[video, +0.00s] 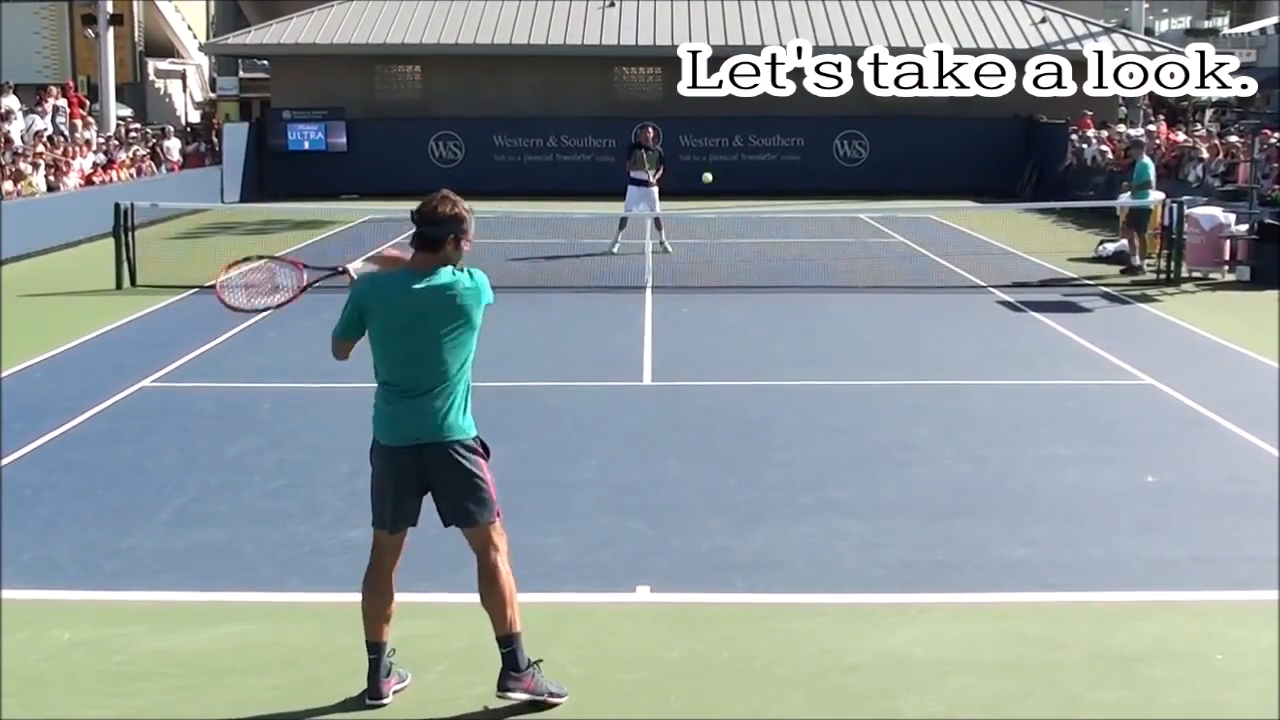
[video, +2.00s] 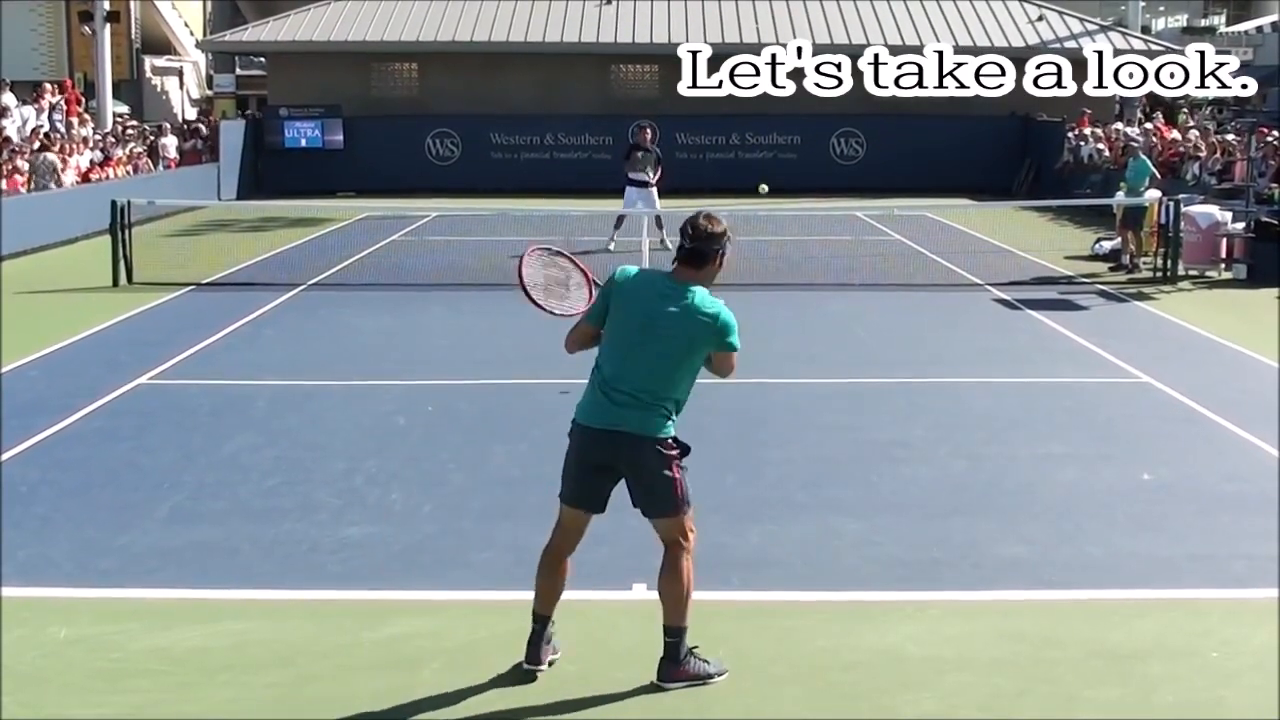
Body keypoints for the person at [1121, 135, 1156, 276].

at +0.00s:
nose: (1131, 153)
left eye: (1133, 149)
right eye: (1131, 150)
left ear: (1140, 149)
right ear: (1136, 150)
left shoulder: (1145, 164)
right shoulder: (1139, 163)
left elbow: (1149, 184)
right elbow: (1141, 182)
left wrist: (1132, 187)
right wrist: (1130, 186)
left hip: (1143, 204)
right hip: (1137, 203)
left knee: (1141, 233)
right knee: (1129, 231)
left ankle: (1140, 263)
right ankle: (1134, 262)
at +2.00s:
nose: (1128, 150)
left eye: (1130, 148)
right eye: (1128, 148)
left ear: (1137, 149)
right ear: (1129, 149)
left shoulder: (1144, 161)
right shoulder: (1130, 161)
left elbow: (1156, 177)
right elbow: (1130, 177)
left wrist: (1146, 189)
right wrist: (1126, 186)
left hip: (1139, 200)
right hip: (1128, 199)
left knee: (1136, 231)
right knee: (1123, 230)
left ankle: (1137, 262)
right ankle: (1124, 260)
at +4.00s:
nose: (1134, 153)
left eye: (1137, 150)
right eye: (1132, 150)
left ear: (1142, 150)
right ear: (1131, 151)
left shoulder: (1147, 163)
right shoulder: (1135, 164)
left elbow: (1158, 180)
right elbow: (1135, 181)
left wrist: (1147, 192)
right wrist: (1128, 189)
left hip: (1142, 204)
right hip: (1131, 203)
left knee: (1139, 234)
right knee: (1124, 232)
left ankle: (1138, 264)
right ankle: (1124, 262)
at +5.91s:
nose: (1128, 154)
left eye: (1130, 151)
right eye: (1127, 151)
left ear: (1137, 152)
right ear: (1127, 153)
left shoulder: (1143, 165)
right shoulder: (1129, 165)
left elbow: (1155, 182)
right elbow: (1128, 182)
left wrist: (1143, 194)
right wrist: (1124, 190)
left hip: (1138, 204)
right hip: (1127, 203)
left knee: (1135, 234)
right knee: (1121, 233)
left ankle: (1135, 265)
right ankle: (1122, 264)